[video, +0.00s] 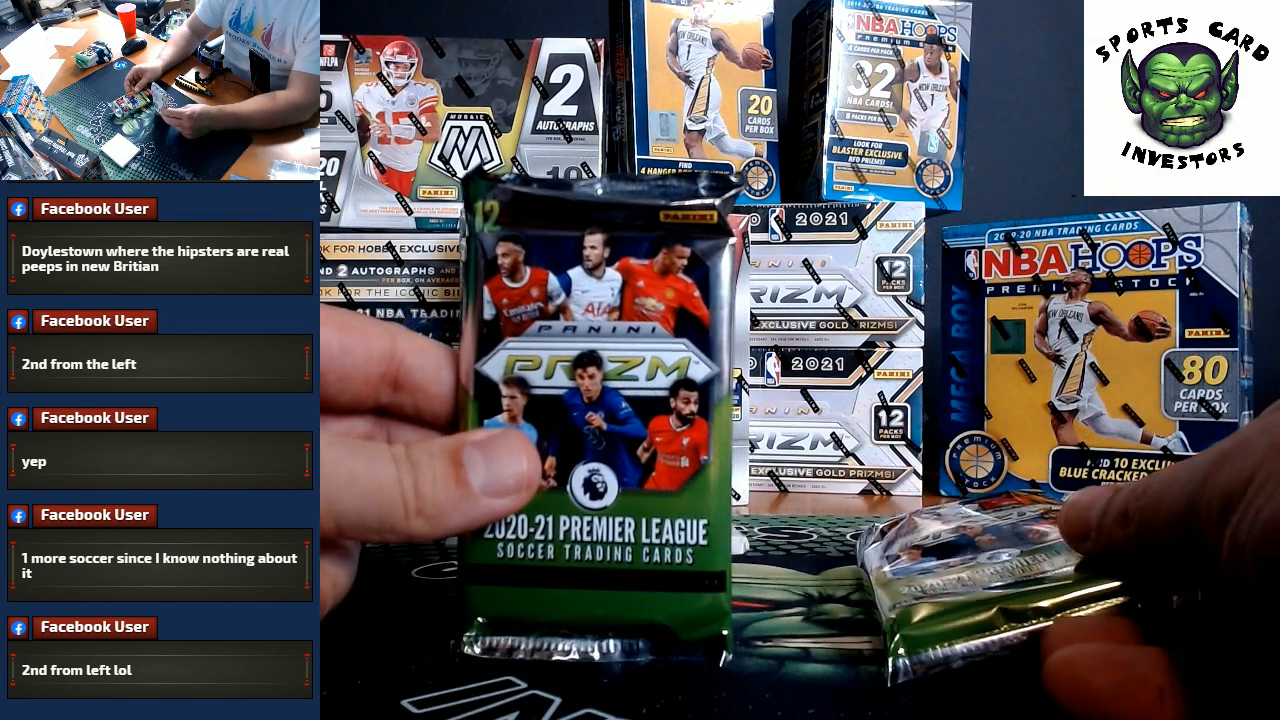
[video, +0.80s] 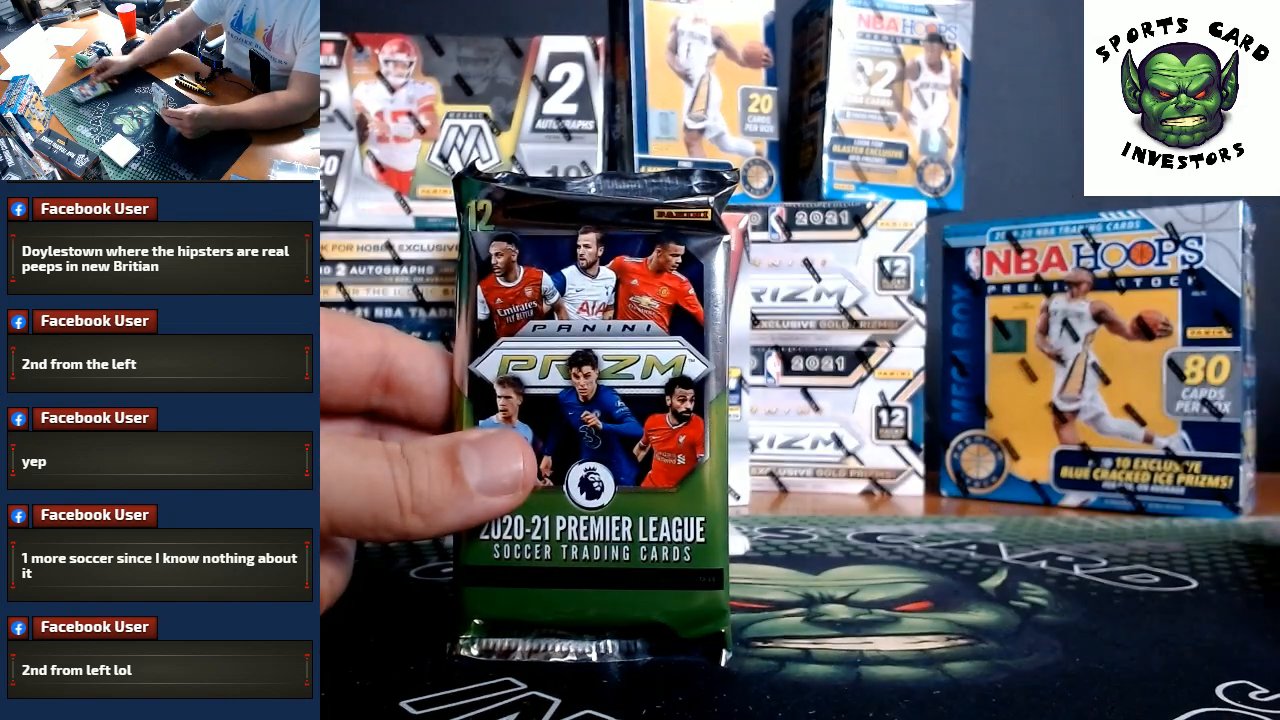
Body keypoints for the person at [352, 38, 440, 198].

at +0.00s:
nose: (399, 71)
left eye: (404, 67)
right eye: (394, 66)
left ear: (412, 68)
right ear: (384, 66)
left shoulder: (423, 91)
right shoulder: (366, 91)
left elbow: (433, 133)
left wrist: (392, 130)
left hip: (405, 172)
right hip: (375, 168)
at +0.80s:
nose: (399, 71)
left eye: (405, 65)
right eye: (393, 64)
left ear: (412, 66)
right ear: (382, 65)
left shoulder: (421, 91)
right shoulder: (365, 91)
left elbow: (432, 131)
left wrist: (392, 129)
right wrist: (365, 129)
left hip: (404, 172)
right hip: (373, 168)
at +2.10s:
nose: (398, 70)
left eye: (404, 65)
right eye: (392, 64)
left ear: (412, 66)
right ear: (381, 64)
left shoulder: (423, 90)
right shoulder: (365, 90)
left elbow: (432, 130)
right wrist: (370, 126)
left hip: (405, 169)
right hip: (373, 164)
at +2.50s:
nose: (398, 70)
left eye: (405, 64)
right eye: (392, 63)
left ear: (413, 66)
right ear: (381, 64)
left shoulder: (424, 90)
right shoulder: (365, 90)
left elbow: (432, 130)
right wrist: (370, 126)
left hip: (405, 170)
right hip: (373, 165)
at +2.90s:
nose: (399, 70)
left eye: (405, 65)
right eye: (393, 64)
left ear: (413, 66)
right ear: (382, 64)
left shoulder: (423, 90)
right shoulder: (365, 90)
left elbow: (432, 130)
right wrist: (370, 126)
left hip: (405, 170)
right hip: (374, 165)